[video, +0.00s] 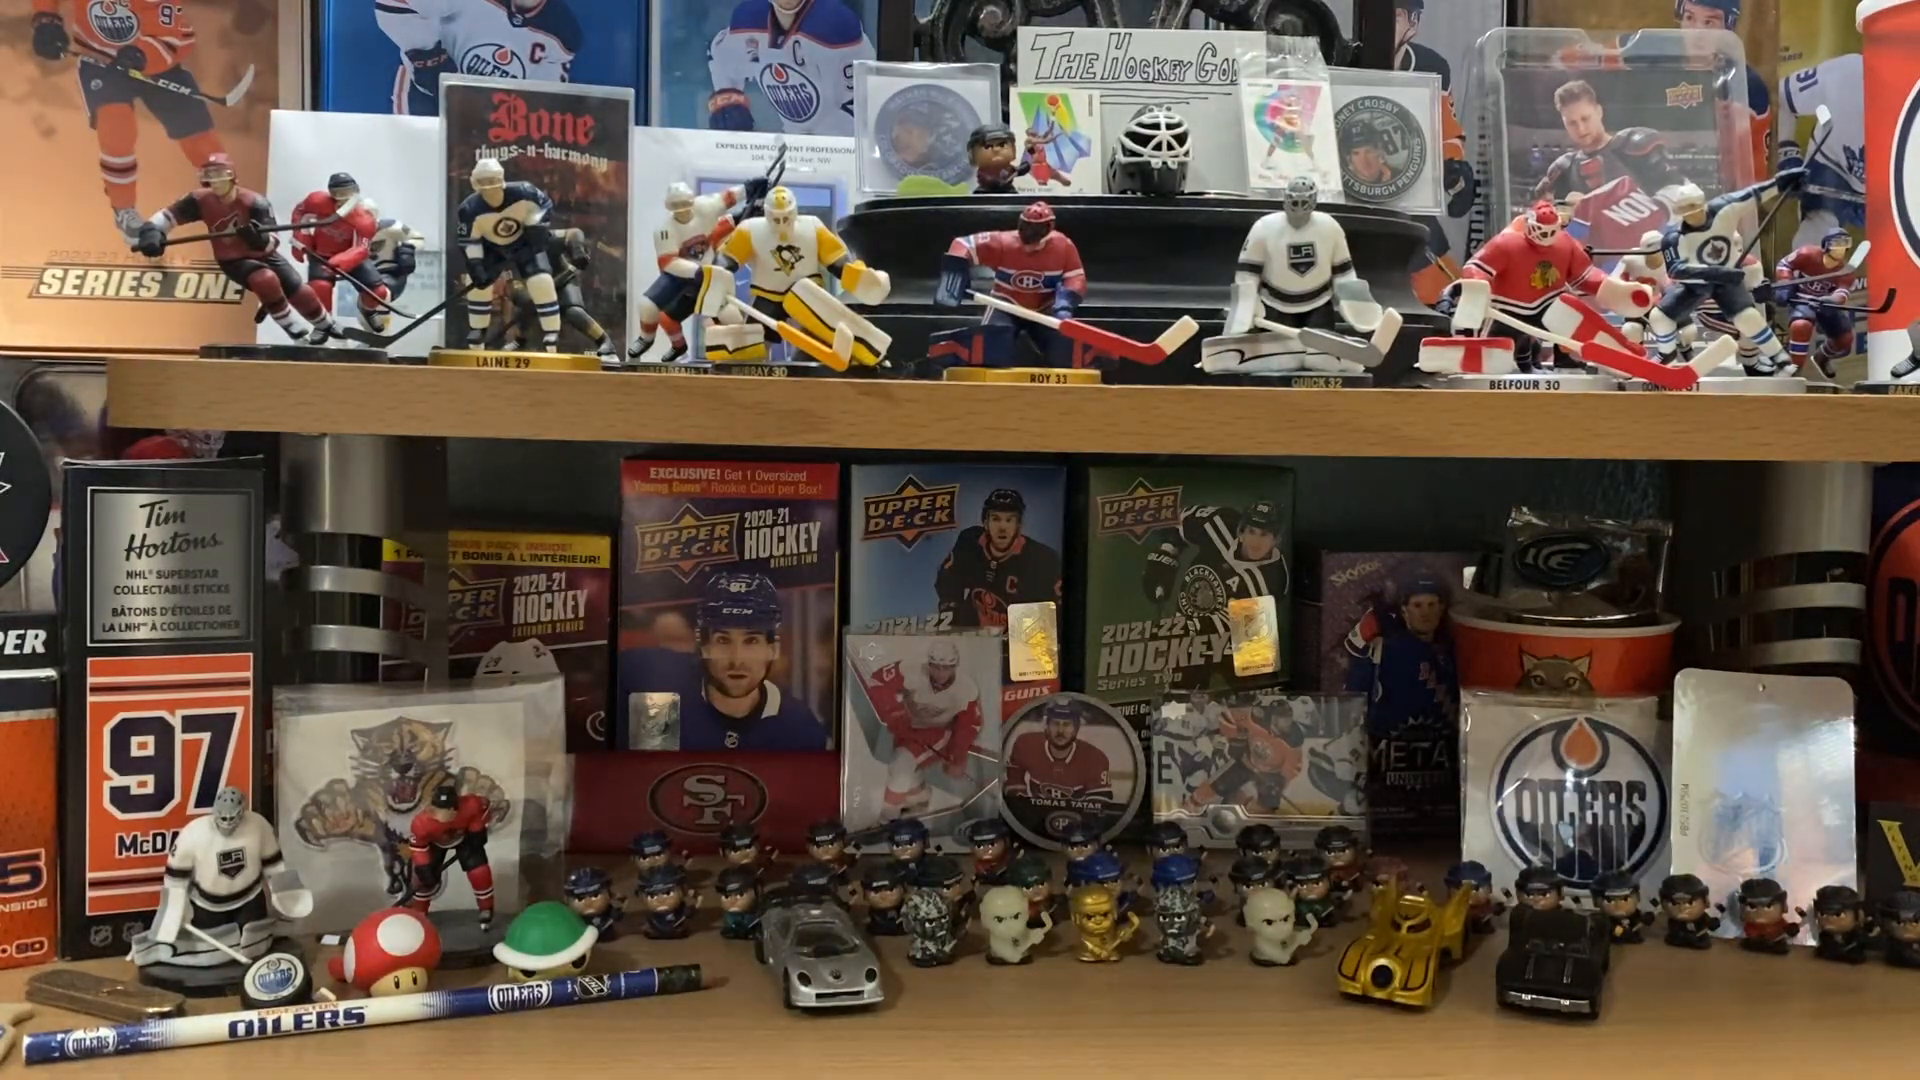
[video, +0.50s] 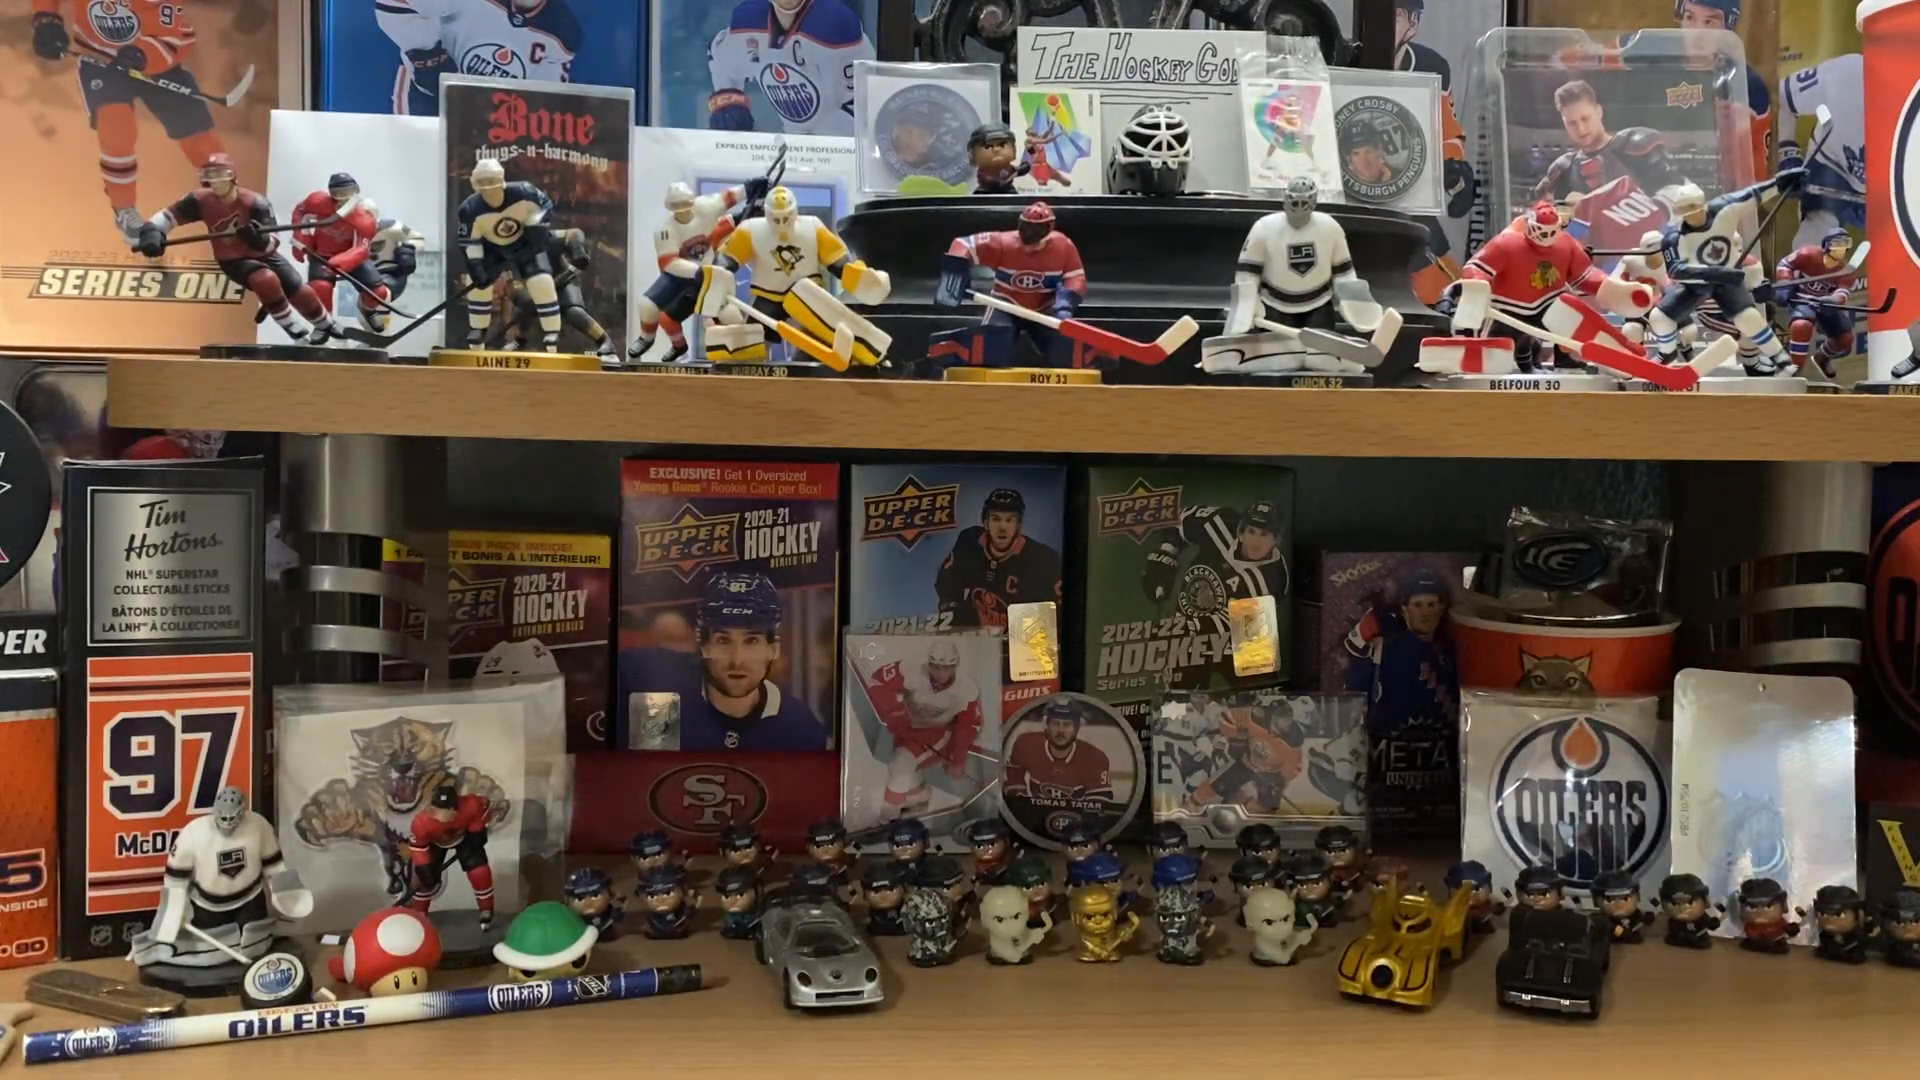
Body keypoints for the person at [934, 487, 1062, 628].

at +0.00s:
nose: (1002, 527)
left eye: (1009, 520)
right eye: (996, 519)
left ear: (1019, 525)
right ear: (985, 523)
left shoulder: (1041, 559)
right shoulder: (968, 543)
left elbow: (1047, 605)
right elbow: (946, 577)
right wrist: (949, 607)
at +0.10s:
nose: (1002, 527)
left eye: (1009, 520)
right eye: (996, 519)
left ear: (1019, 524)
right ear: (985, 522)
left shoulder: (1041, 559)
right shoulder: (968, 542)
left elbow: (1048, 605)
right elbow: (946, 577)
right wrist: (949, 607)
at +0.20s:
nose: (1002, 527)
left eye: (1009, 520)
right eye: (996, 519)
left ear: (1019, 524)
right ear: (985, 522)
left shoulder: (1041, 559)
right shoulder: (968, 542)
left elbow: (1048, 605)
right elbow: (946, 578)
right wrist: (949, 607)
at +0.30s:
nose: (1002, 527)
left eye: (1009, 520)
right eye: (996, 519)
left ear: (1019, 524)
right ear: (985, 522)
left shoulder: (1042, 559)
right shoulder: (969, 542)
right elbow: (946, 577)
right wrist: (949, 607)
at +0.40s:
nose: (1002, 527)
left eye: (1009, 520)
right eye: (996, 519)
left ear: (1019, 524)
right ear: (985, 522)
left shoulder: (1042, 559)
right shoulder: (969, 542)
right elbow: (946, 578)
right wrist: (950, 607)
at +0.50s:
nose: (1002, 527)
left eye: (1009, 520)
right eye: (996, 519)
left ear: (1019, 524)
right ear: (985, 522)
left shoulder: (1042, 559)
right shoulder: (969, 542)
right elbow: (946, 577)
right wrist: (950, 607)